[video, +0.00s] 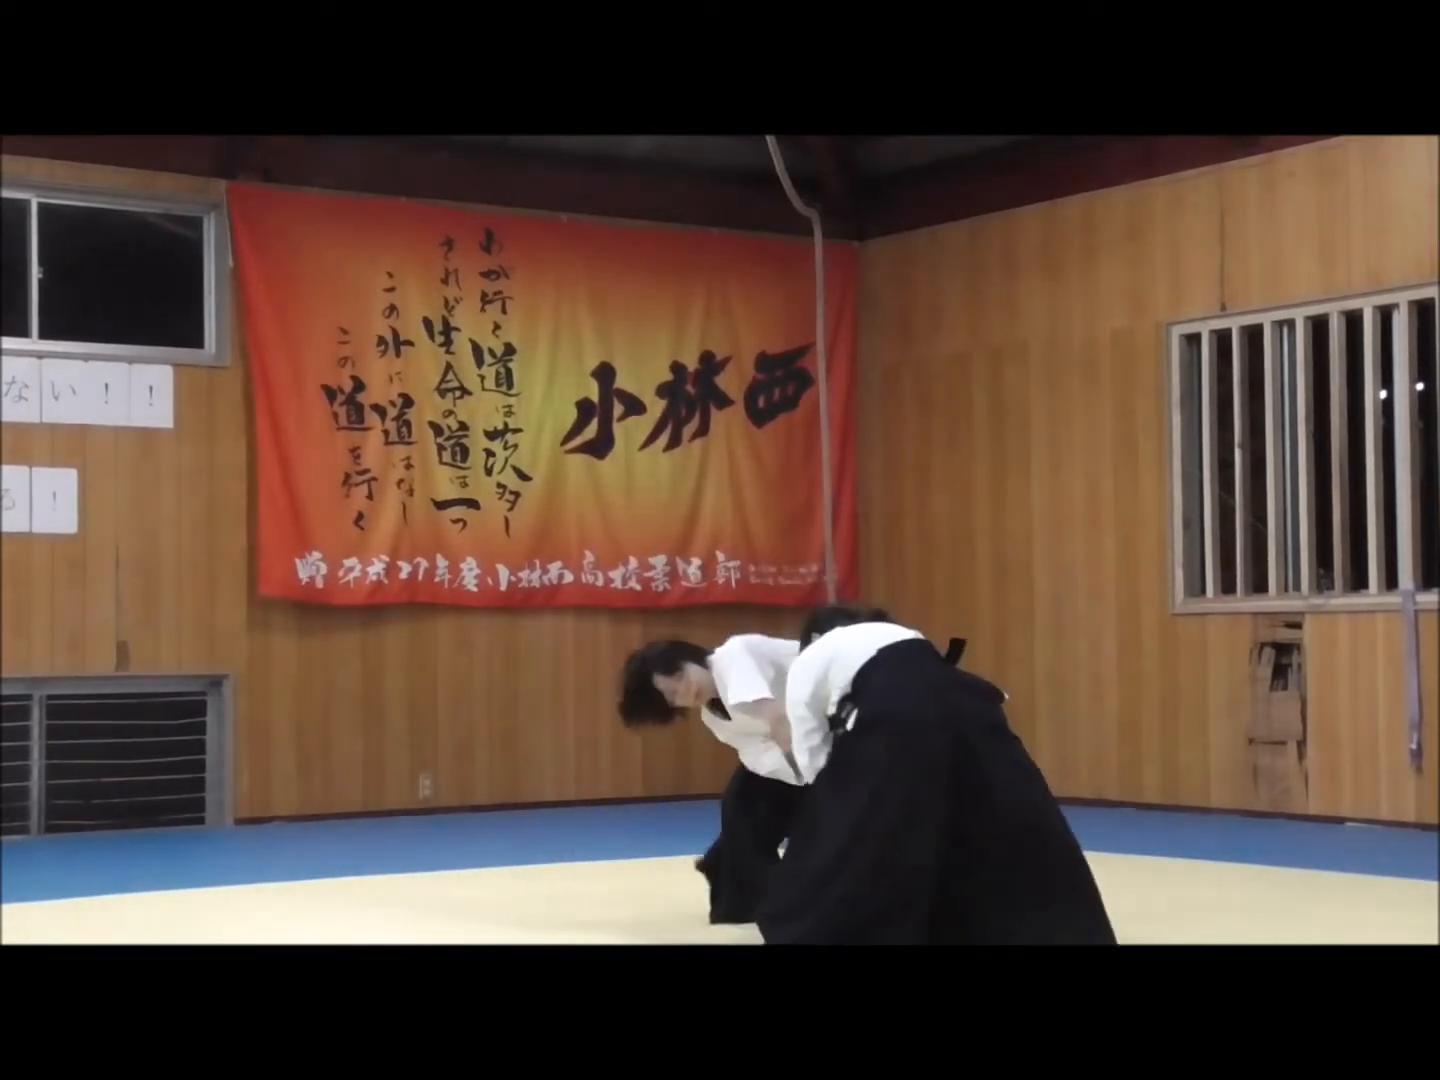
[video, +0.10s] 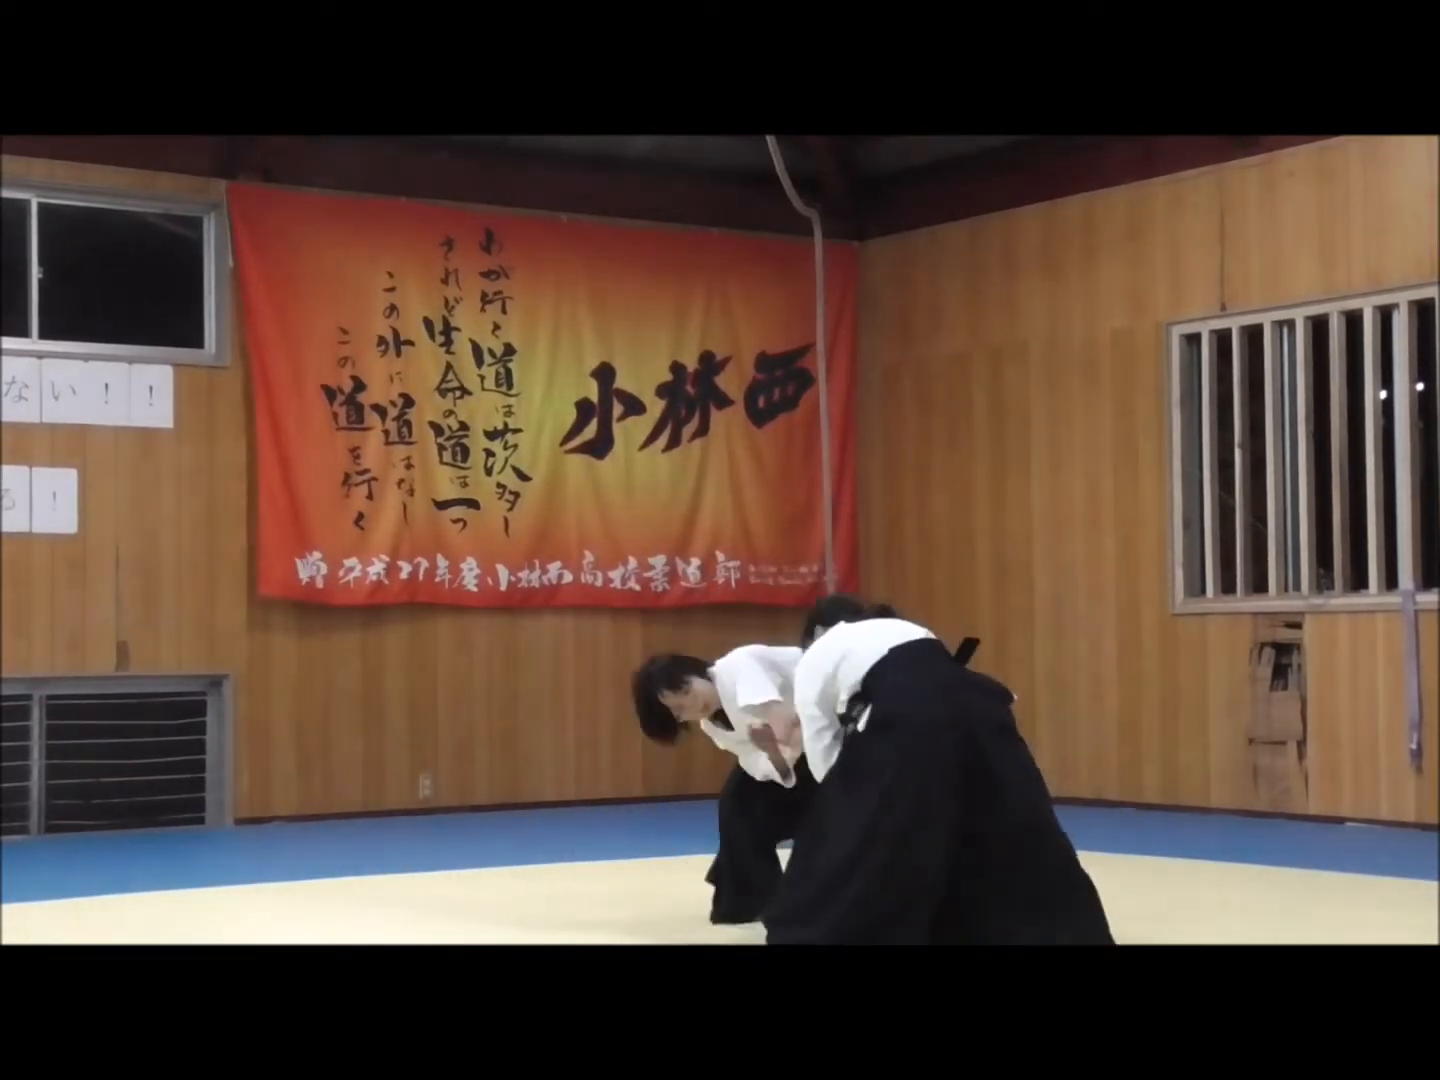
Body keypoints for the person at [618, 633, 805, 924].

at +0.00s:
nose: (685, 692)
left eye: (681, 678)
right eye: (674, 695)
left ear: (691, 660)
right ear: (675, 706)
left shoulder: (734, 654)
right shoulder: (715, 719)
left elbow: (779, 718)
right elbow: (766, 757)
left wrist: (814, 774)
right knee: (744, 800)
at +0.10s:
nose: (691, 704)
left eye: (685, 689)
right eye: (679, 707)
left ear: (694, 673)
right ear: (679, 716)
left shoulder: (740, 666)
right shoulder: (712, 726)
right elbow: (761, 767)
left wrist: (784, 746)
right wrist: (774, 753)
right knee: (741, 798)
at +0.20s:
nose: (692, 703)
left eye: (686, 692)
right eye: (683, 704)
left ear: (692, 671)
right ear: (684, 710)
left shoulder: (750, 656)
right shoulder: (714, 719)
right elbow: (777, 768)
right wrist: (766, 740)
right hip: (801, 735)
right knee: (741, 800)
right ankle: (752, 895)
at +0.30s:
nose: (696, 686)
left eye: (688, 674)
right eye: (687, 685)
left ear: (691, 651)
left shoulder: (760, 633)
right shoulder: (714, 698)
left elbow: (795, 681)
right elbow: (771, 755)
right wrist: (763, 722)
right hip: (799, 728)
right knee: (741, 800)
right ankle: (750, 896)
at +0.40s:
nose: (697, 650)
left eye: (694, 639)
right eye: (690, 646)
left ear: (710, 616)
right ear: (689, 648)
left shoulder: (768, 607)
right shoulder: (713, 669)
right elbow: (755, 735)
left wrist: (789, 646)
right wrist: (759, 699)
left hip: (832, 704)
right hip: (782, 717)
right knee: (741, 806)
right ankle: (752, 896)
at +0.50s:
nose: (698, 612)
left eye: (696, 600)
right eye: (691, 608)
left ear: (714, 581)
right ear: (692, 610)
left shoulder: (775, 582)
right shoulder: (714, 641)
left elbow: (793, 571)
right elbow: (741, 711)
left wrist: (786, 609)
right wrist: (756, 674)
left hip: (834, 692)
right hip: (781, 712)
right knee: (745, 801)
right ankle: (749, 897)